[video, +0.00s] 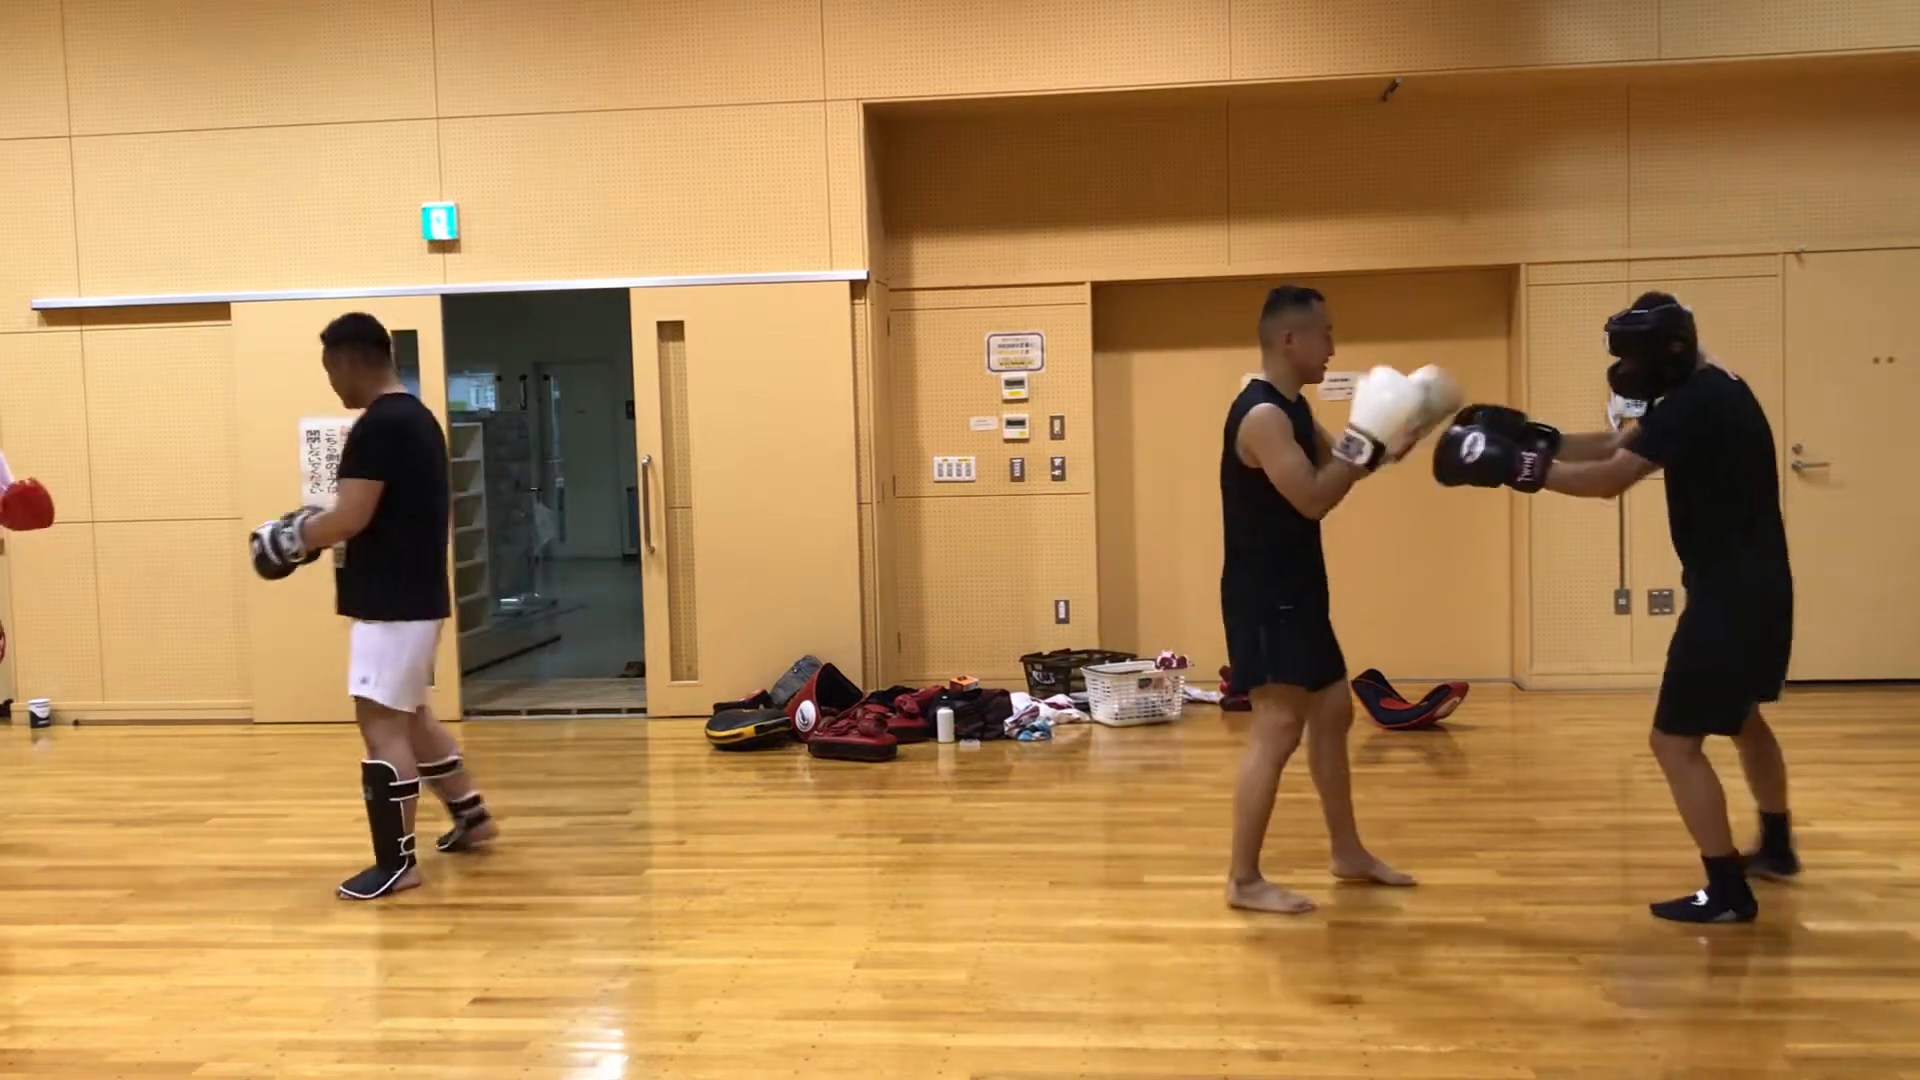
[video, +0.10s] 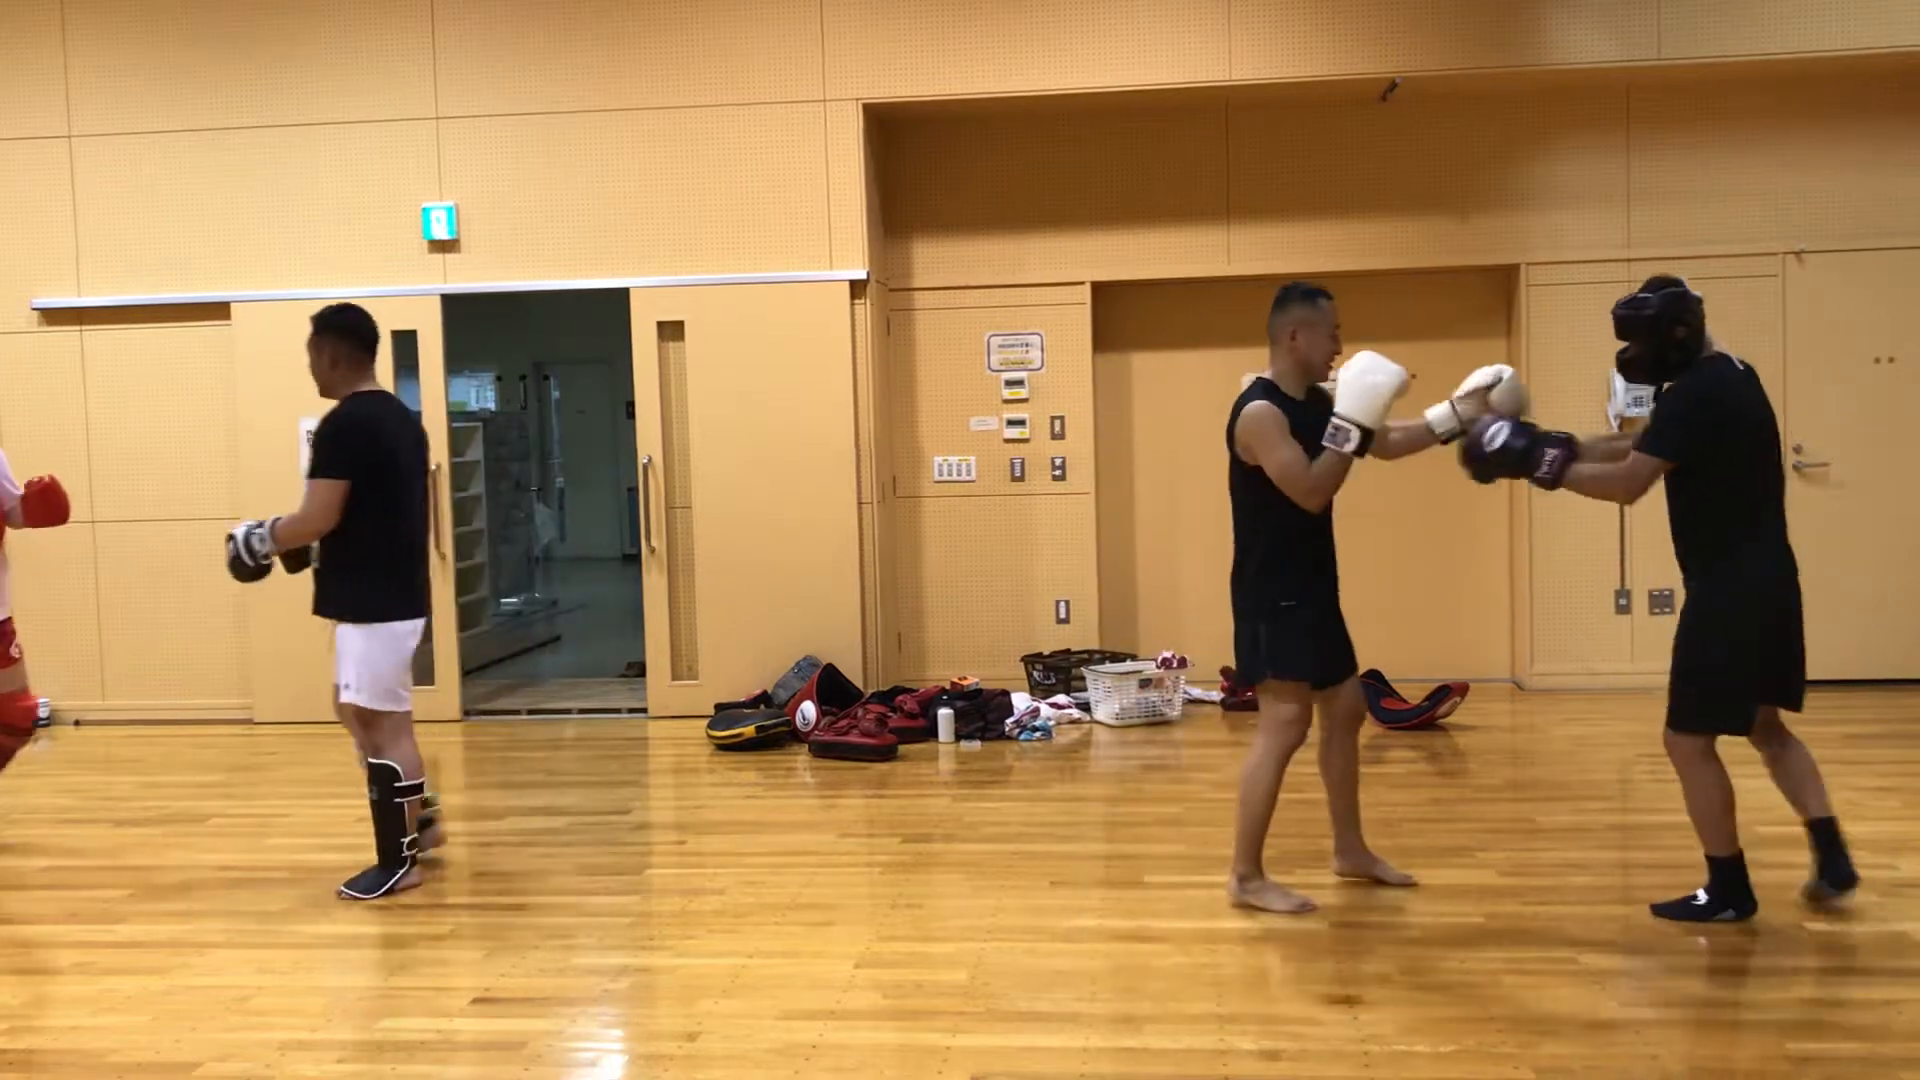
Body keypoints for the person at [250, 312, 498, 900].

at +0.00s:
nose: (330, 380)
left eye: (331, 367)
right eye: (327, 369)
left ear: (355, 360)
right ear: (381, 357)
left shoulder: (378, 425)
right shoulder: (416, 419)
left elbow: (349, 517)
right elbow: (389, 515)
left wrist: (292, 537)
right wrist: (315, 528)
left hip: (389, 606)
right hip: (417, 601)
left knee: (381, 723)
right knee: (410, 714)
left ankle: (396, 863)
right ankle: (470, 816)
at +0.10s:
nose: (309, 361)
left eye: (313, 350)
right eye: (310, 350)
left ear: (334, 353)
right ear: (365, 353)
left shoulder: (345, 423)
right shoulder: (401, 416)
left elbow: (318, 517)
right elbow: (404, 514)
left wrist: (261, 538)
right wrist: (312, 542)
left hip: (374, 607)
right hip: (393, 602)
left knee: (388, 726)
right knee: (355, 706)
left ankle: (397, 862)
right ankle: (416, 815)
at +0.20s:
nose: (286, 357)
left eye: (292, 347)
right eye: (289, 346)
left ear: (310, 354)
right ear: (344, 356)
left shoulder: (310, 428)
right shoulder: (384, 423)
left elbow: (282, 526)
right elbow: (389, 516)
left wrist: (235, 530)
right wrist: (303, 539)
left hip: (351, 611)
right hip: (377, 604)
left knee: (378, 727)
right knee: (325, 705)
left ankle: (397, 861)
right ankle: (343, 841)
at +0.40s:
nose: (249, 366)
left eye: (253, 355)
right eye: (253, 355)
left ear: (268, 359)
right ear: (309, 361)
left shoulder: (260, 435)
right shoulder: (349, 430)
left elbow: (222, 524)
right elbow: (380, 514)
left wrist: (179, 505)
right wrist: (315, 524)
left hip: (295, 615)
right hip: (338, 610)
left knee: (327, 733)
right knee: (287, 724)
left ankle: (390, 857)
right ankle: (288, 861)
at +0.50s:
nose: (231, 366)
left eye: (233, 356)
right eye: (233, 356)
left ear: (244, 357)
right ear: (292, 359)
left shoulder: (232, 426)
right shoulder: (330, 431)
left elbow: (181, 506)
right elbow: (353, 519)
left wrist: (146, 471)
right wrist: (285, 513)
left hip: (259, 607)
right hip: (316, 607)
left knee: (253, 739)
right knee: (286, 732)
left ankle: (355, 831)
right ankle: (289, 857)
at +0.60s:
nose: (210, 366)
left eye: (211, 356)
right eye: (212, 356)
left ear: (222, 356)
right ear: (271, 357)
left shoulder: (203, 420)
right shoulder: (308, 427)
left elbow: (131, 495)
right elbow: (315, 516)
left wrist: (109, 454)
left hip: (227, 607)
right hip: (294, 607)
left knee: (190, 734)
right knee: (279, 729)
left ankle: (280, 832)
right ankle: (295, 861)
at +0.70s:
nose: (182, 374)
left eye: (179, 364)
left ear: (178, 366)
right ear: (237, 365)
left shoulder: (164, 425)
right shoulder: (276, 433)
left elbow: (90, 485)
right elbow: (258, 499)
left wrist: (65, 444)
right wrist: (160, 472)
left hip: (187, 616)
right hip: (262, 615)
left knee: (142, 739)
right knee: (266, 736)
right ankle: (290, 863)